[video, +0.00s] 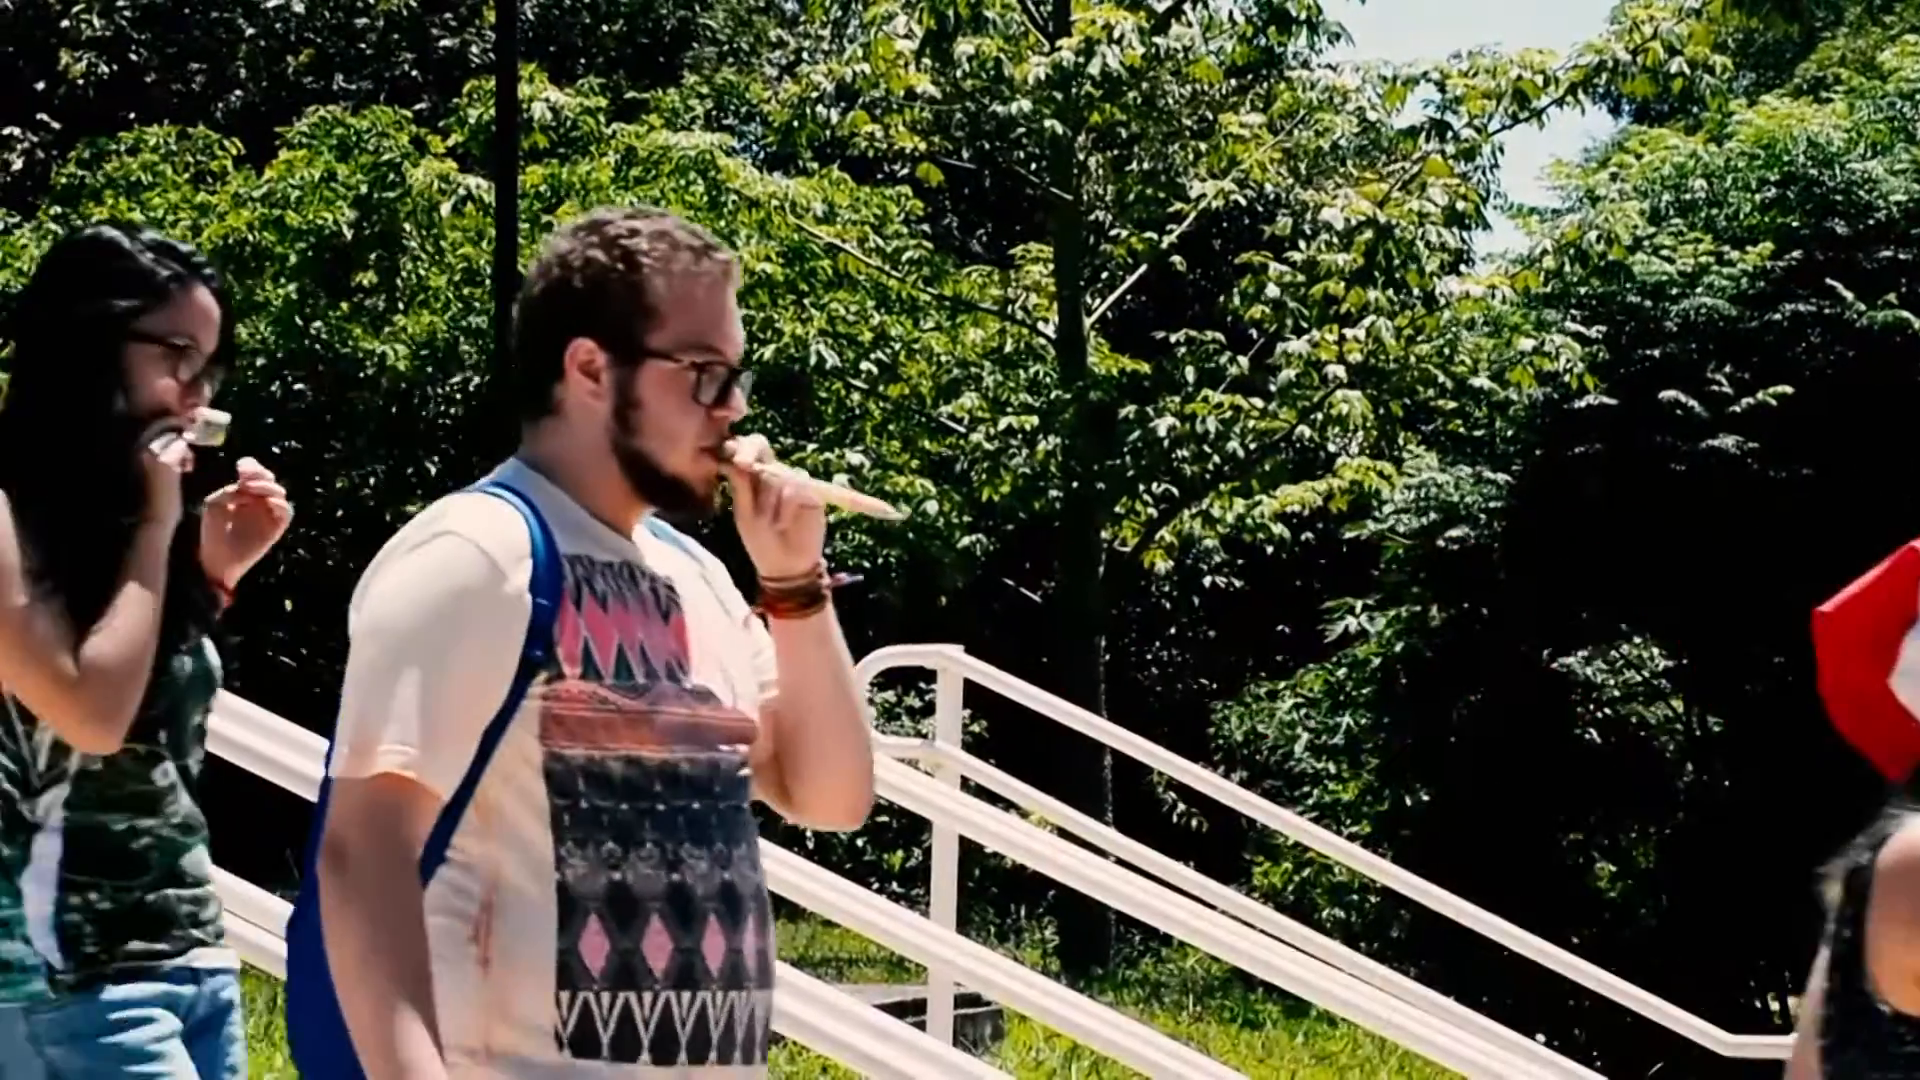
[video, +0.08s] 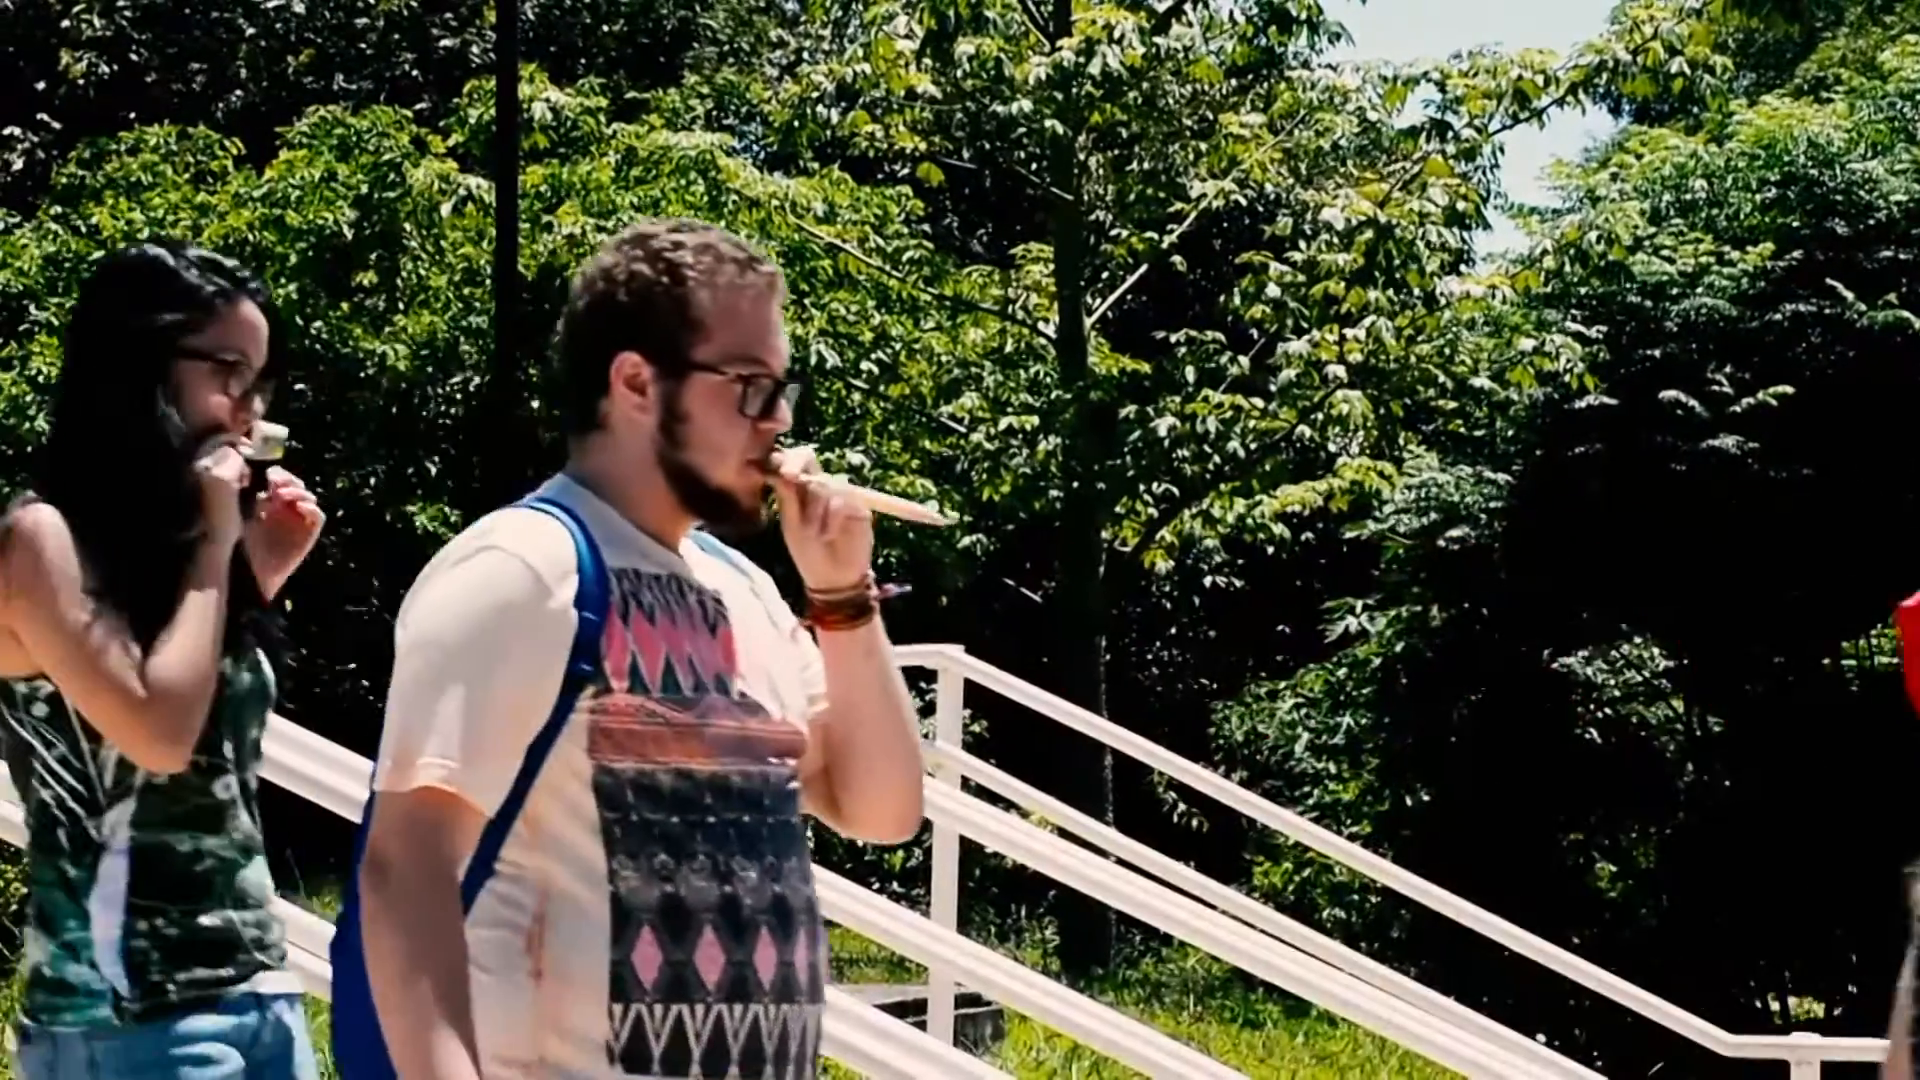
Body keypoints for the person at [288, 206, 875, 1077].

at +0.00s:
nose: (737, 408)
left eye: (737, 377)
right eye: (706, 373)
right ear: (589, 371)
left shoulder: (696, 576)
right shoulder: (467, 560)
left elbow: (833, 798)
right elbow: (364, 852)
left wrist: (797, 585)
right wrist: (411, 1066)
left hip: (708, 1054)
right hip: (516, 1053)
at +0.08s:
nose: (782, 422)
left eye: (783, 390)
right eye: (752, 386)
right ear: (636, 385)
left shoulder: (740, 589)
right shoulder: (512, 576)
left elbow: (881, 811)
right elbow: (405, 868)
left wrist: (845, 597)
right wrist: (446, 1070)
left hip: (754, 1059)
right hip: (555, 1058)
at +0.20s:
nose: (858, 452)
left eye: (859, 419)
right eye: (829, 415)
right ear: (713, 416)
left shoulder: (818, 626)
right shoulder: (596, 609)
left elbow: (962, 838)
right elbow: (487, 902)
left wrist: (924, 626)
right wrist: (526, 1072)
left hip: (843, 1061)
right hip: (651, 1061)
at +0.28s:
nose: (928, 482)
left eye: (928, 449)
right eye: (896, 447)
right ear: (780, 448)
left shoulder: (880, 656)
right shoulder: (676, 637)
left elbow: (1027, 874)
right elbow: (569, 940)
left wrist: (990, 654)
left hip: (929, 1061)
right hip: (745, 1062)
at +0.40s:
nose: (1037, 529)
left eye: (1033, 498)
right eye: (1007, 496)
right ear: (892, 502)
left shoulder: (982, 703)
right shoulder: (798, 688)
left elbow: (1141, 923)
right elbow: (718, 983)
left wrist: (1103, 705)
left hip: (1066, 1063)